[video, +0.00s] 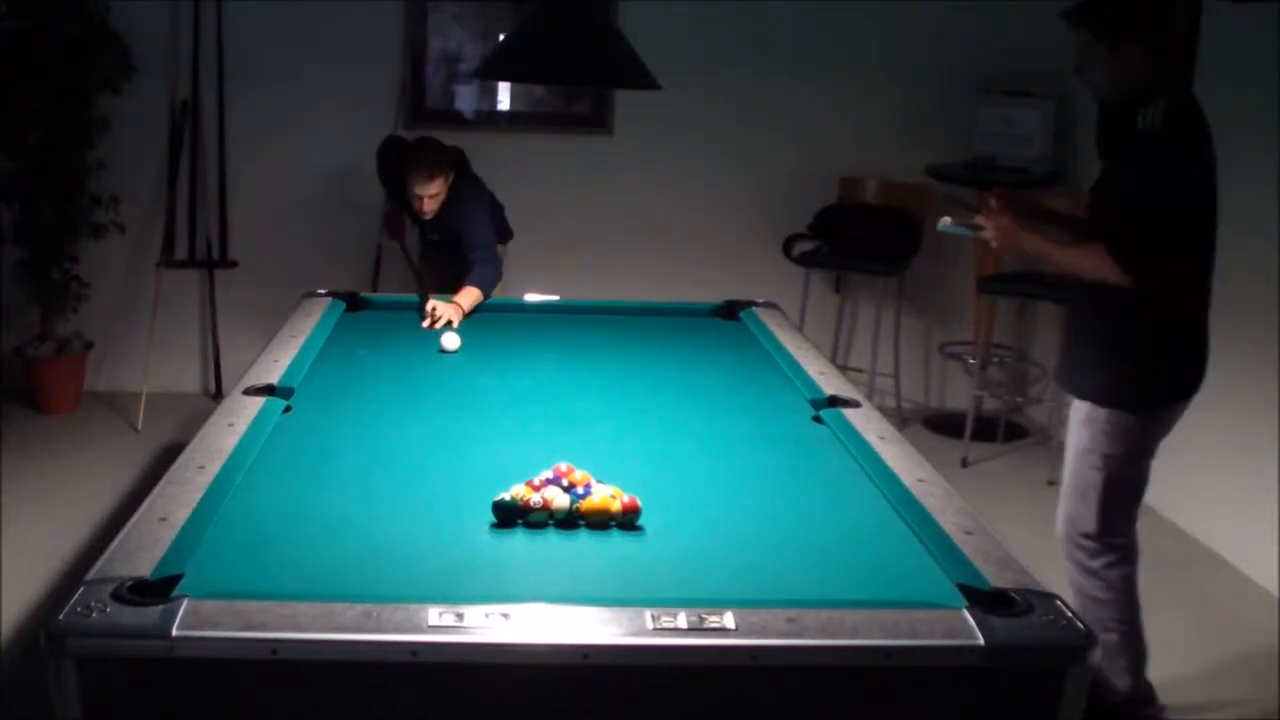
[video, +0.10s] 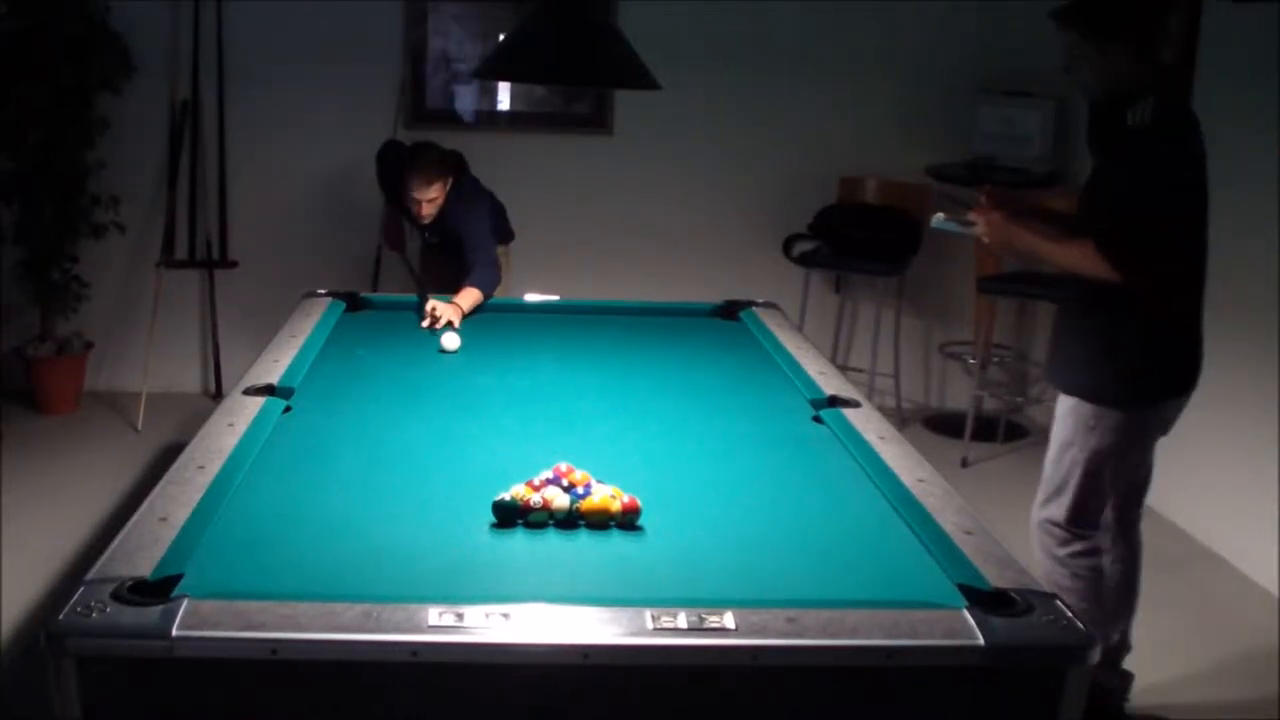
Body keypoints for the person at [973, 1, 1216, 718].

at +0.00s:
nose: (1081, 69)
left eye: (1091, 52)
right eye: (1082, 52)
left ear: (1128, 52)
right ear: (1144, 49)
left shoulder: (1156, 128)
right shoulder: (1153, 120)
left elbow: (1134, 264)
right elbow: (1119, 224)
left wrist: (1028, 245)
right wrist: (1034, 210)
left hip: (1126, 373)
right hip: (1131, 368)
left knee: (1092, 539)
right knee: (1095, 533)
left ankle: (1122, 695)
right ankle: (1111, 684)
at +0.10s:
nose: (1072, 67)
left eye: (1080, 52)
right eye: (1072, 52)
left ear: (1110, 54)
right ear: (1139, 49)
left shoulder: (1139, 125)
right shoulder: (1157, 119)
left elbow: (1119, 261)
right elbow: (1106, 219)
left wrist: (1016, 238)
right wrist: (1023, 206)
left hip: (1112, 373)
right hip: (1143, 369)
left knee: (1062, 528)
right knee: (1111, 524)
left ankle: (1082, 682)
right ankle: (1104, 672)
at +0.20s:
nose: (1061, 69)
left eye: (1069, 53)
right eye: (1061, 54)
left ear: (1101, 54)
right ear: (1130, 51)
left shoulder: (1130, 129)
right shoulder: (1150, 123)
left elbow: (1108, 259)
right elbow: (1095, 214)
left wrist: (1010, 235)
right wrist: (1016, 205)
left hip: (1102, 375)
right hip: (1141, 372)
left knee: (1041, 520)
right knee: (1111, 525)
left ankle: (1054, 675)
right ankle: (1101, 672)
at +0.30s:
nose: (1048, 70)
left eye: (1056, 55)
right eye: (1048, 56)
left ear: (1086, 56)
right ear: (1118, 52)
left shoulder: (1111, 126)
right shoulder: (1141, 122)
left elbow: (1096, 259)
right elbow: (1091, 218)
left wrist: (1000, 239)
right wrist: (1007, 206)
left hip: (1091, 374)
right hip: (1138, 370)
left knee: (1027, 520)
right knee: (1111, 525)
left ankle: (1014, 671)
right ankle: (1104, 668)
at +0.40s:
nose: (1034, 75)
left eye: (1042, 59)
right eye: (1032, 60)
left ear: (1075, 60)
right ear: (1100, 58)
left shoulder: (1096, 133)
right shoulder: (1128, 127)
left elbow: (1081, 263)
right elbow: (1077, 224)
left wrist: (990, 242)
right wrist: (991, 215)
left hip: (1078, 373)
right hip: (1127, 370)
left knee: (1019, 527)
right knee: (1102, 526)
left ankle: (1004, 673)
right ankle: (1103, 665)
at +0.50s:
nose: (1019, 75)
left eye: (1028, 60)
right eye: (1018, 61)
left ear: (1063, 59)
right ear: (1081, 55)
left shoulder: (1085, 134)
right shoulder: (1106, 126)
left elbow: (1069, 265)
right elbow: (1060, 231)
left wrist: (974, 242)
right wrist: (978, 217)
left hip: (1065, 372)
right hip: (1102, 367)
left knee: (1015, 528)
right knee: (1080, 521)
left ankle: (1005, 674)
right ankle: (1093, 661)